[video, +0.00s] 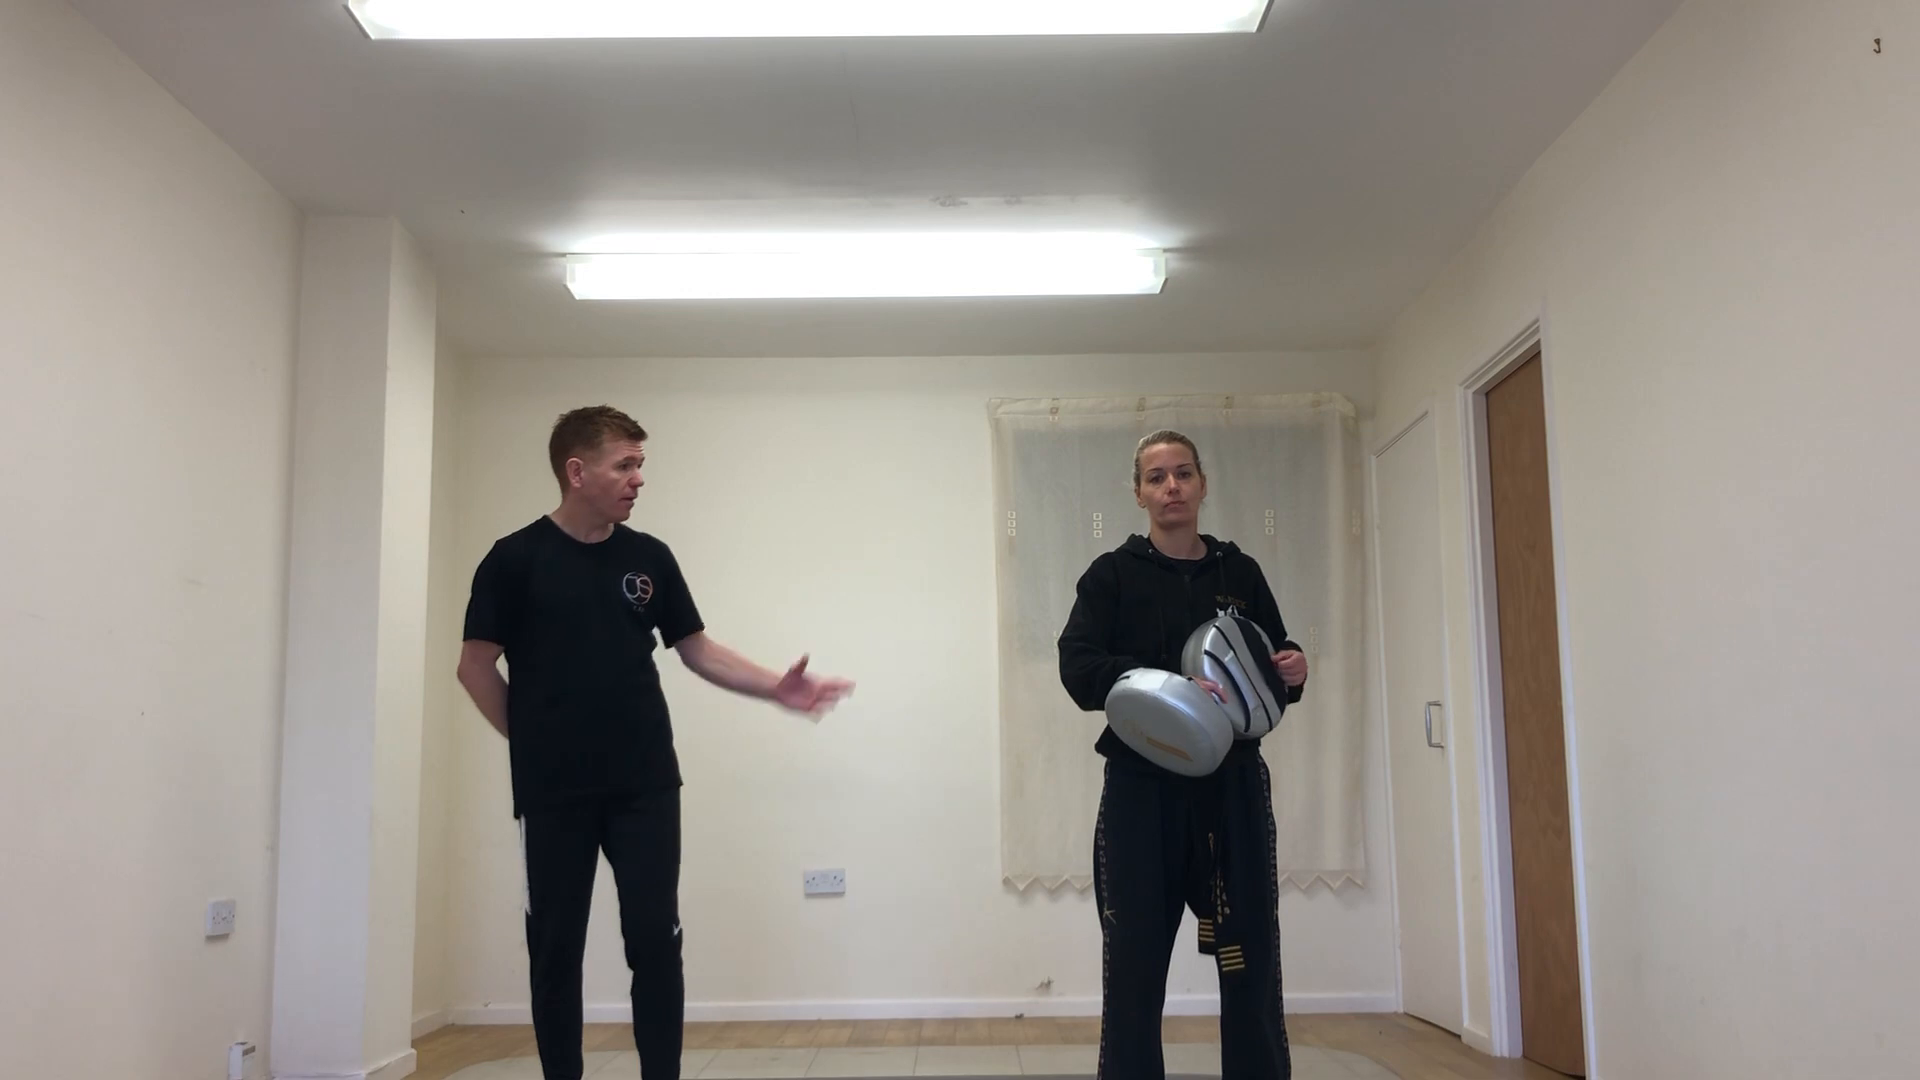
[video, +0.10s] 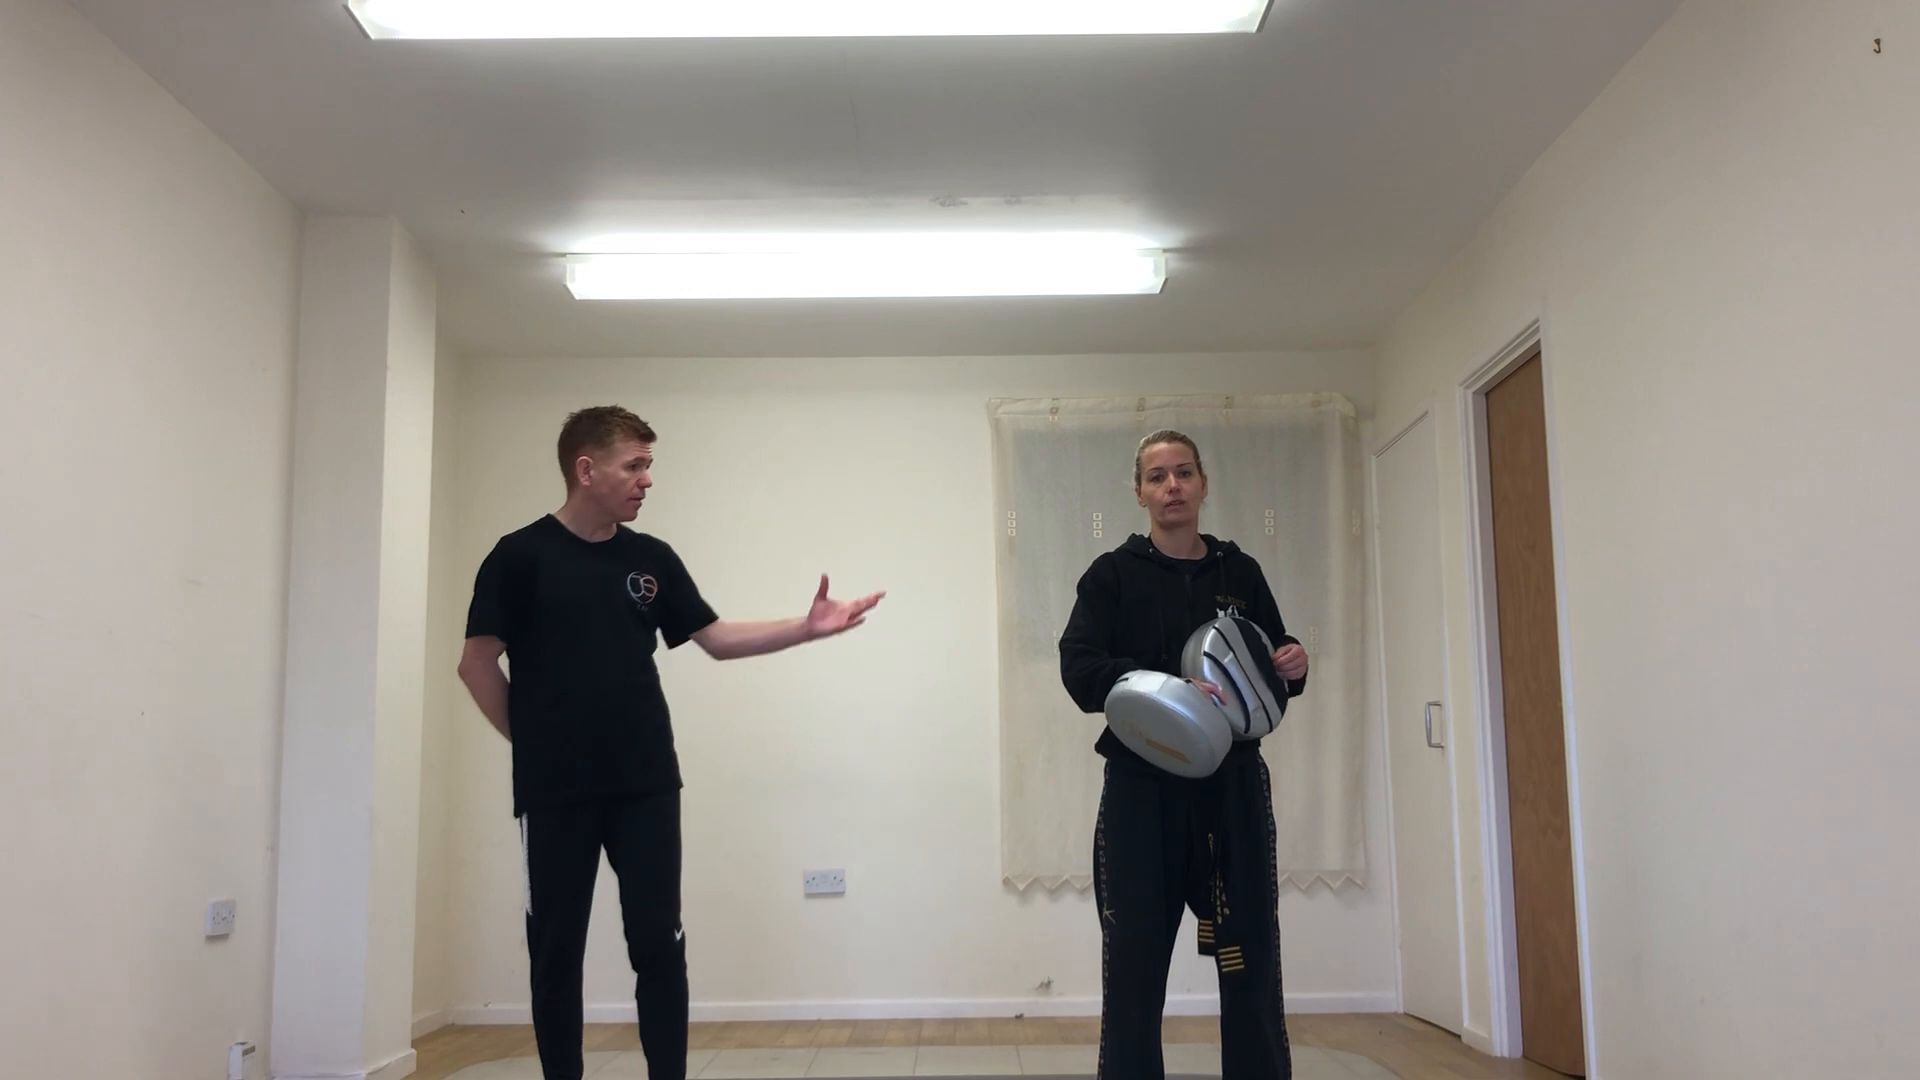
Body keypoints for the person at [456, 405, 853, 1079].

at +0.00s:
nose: (639, 480)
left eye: (641, 467)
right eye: (625, 467)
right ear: (574, 471)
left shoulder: (648, 557)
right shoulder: (512, 560)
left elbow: (697, 649)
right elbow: (473, 667)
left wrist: (776, 686)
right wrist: (530, 733)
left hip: (643, 778)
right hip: (554, 784)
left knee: (656, 944)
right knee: (555, 949)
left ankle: (662, 1075)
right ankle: (561, 1075)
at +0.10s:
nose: (647, 480)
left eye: (649, 467)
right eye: (634, 467)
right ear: (584, 468)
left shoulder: (650, 558)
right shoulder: (518, 555)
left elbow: (717, 637)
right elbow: (475, 662)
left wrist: (806, 627)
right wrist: (527, 735)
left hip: (643, 777)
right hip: (556, 783)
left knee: (659, 946)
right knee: (555, 951)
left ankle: (668, 1076)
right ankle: (562, 1075)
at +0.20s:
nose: (651, 477)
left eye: (653, 465)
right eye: (638, 464)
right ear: (588, 467)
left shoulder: (659, 559)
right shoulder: (523, 555)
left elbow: (738, 624)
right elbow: (479, 661)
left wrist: (827, 597)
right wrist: (531, 732)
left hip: (647, 780)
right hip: (557, 783)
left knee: (662, 949)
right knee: (556, 951)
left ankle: (671, 1076)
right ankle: (562, 1076)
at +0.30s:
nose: (635, 472)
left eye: (644, 460)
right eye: (619, 458)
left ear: (652, 468)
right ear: (579, 466)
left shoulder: (670, 558)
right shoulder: (529, 556)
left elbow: (750, 624)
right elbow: (488, 660)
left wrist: (841, 604)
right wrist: (541, 728)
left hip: (653, 780)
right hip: (563, 782)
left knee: (665, 950)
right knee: (560, 953)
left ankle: (674, 1075)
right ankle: (563, 1075)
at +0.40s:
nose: (621, 466)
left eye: (634, 454)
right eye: (606, 454)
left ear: (653, 469)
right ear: (581, 468)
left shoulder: (682, 557)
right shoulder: (538, 557)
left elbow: (760, 624)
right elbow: (501, 662)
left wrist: (845, 656)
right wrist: (555, 726)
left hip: (659, 777)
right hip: (569, 777)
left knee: (669, 948)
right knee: (565, 949)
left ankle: (675, 1075)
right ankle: (566, 1075)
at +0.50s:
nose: (622, 465)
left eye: (636, 452)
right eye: (607, 454)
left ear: (659, 466)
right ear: (586, 471)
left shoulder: (696, 555)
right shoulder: (551, 557)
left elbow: (770, 635)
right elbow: (517, 662)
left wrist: (804, 727)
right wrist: (571, 722)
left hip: (668, 779)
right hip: (578, 780)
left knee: (675, 954)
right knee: (570, 957)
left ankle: (677, 1076)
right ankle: (568, 1076)